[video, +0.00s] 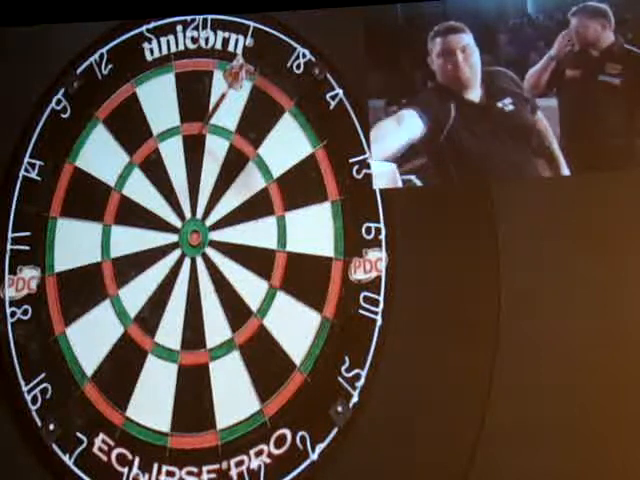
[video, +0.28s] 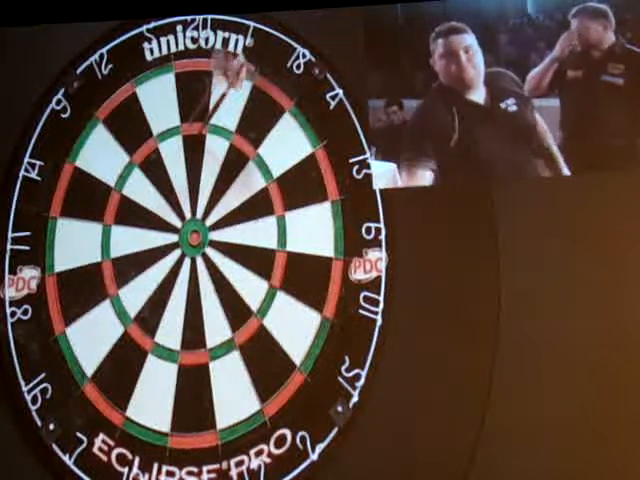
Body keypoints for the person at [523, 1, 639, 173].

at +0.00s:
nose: (574, 34)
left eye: (581, 28)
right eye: (573, 28)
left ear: (605, 26)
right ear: (570, 28)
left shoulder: (632, 61)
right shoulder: (567, 61)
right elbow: (530, 90)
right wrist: (554, 54)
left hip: (622, 164)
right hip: (577, 163)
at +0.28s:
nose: (578, 36)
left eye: (584, 29)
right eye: (575, 30)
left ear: (605, 27)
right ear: (571, 30)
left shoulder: (632, 60)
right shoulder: (569, 62)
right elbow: (531, 90)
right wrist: (556, 55)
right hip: (576, 160)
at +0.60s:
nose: (590, 30)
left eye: (596, 23)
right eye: (585, 25)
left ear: (616, 24)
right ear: (579, 30)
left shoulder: (633, 60)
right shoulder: (569, 61)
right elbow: (531, 91)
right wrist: (549, 82)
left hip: (625, 159)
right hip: (578, 160)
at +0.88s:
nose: (597, 31)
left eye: (603, 25)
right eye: (591, 26)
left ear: (622, 26)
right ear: (585, 30)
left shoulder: (634, 61)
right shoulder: (569, 63)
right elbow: (546, 92)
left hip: (626, 157)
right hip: (581, 159)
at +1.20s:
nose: (597, 31)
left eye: (604, 25)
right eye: (591, 26)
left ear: (622, 26)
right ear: (586, 30)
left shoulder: (635, 62)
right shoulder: (570, 61)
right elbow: (547, 100)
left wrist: (638, 159)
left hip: (624, 159)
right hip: (579, 160)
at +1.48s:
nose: (597, 31)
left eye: (604, 25)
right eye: (592, 25)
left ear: (622, 26)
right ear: (585, 28)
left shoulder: (635, 63)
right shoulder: (569, 62)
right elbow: (546, 105)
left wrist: (622, 150)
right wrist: (560, 145)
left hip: (624, 170)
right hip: (577, 167)